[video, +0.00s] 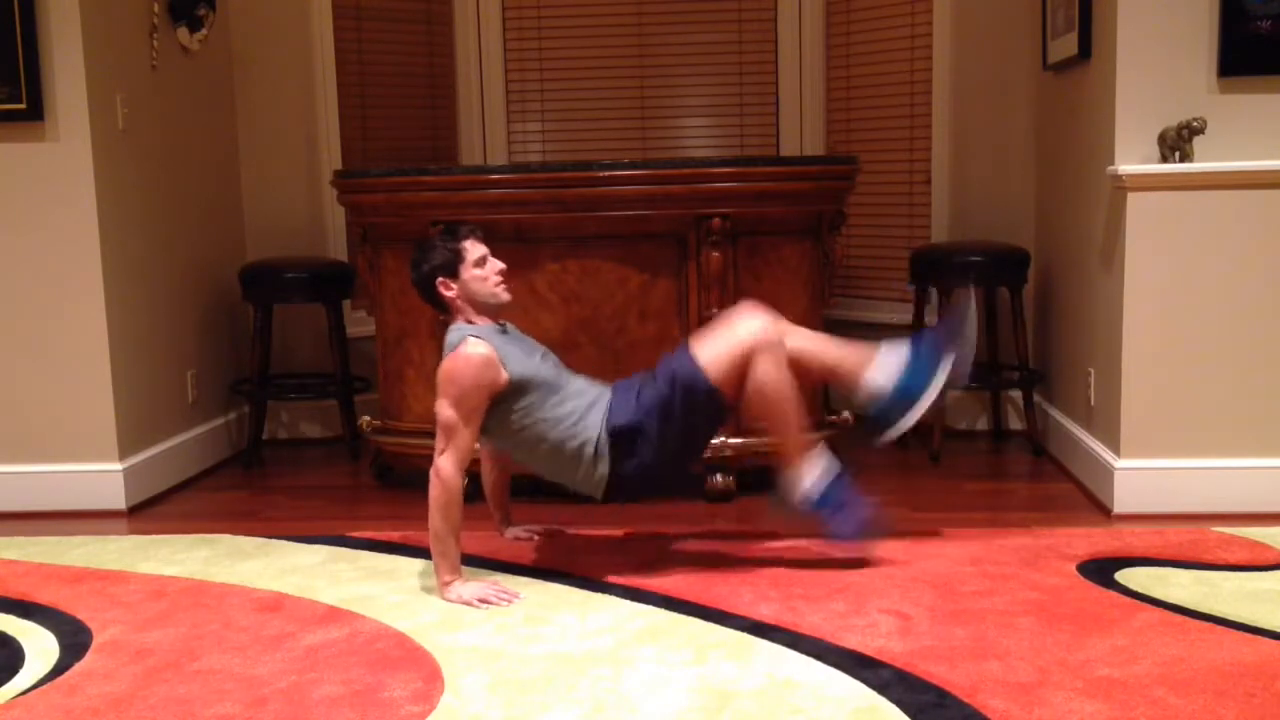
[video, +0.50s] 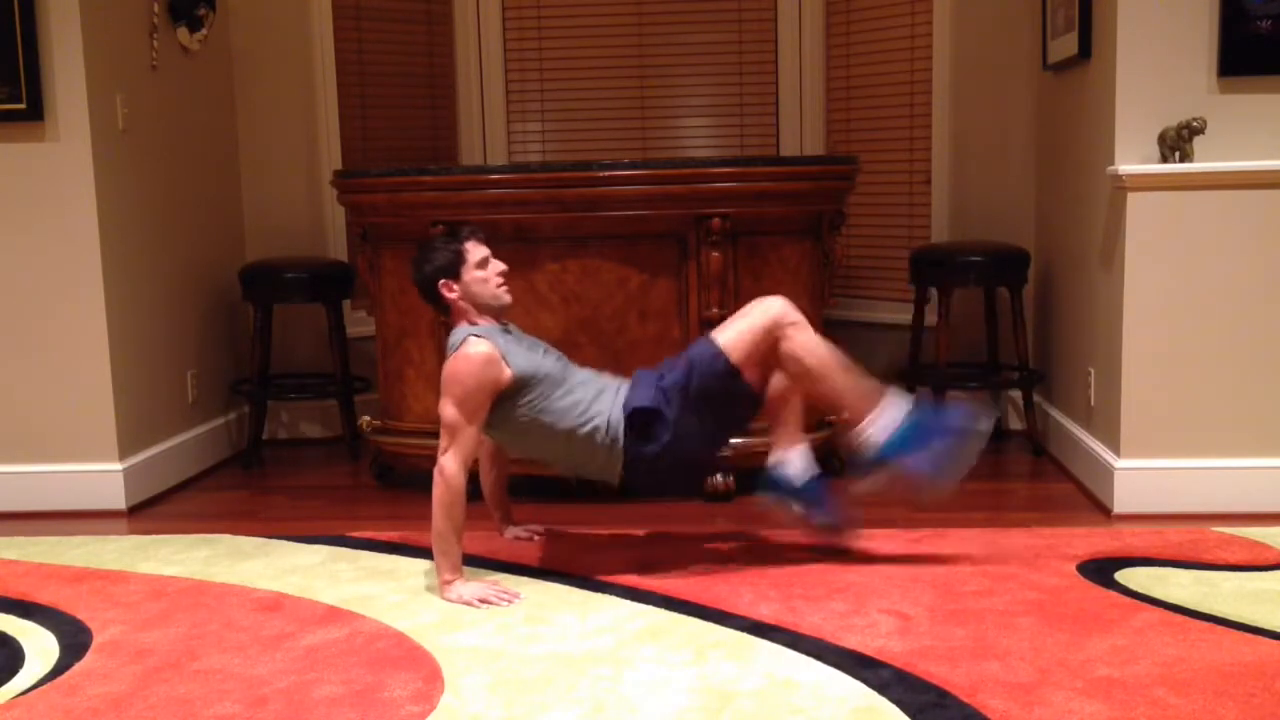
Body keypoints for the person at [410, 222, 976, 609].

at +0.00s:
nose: (499, 269)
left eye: (494, 259)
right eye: (482, 264)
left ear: (481, 277)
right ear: (449, 289)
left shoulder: (492, 337)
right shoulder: (468, 358)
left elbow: (486, 440)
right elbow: (445, 466)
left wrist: (499, 519)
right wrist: (448, 578)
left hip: (627, 420)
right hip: (621, 450)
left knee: (756, 317)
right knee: (753, 335)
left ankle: (887, 374)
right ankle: (807, 484)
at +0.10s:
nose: (517, 271)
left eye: (510, 262)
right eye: (500, 268)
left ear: (495, 287)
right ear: (470, 295)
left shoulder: (517, 338)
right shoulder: (489, 361)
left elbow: (494, 435)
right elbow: (453, 463)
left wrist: (500, 519)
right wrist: (446, 578)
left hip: (627, 464)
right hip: (615, 488)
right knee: (742, 378)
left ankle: (886, 317)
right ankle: (764, 529)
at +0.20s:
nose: (523, 272)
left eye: (516, 264)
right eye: (507, 270)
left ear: (502, 289)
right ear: (479, 300)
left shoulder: (526, 341)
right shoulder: (498, 363)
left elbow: (497, 438)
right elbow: (459, 464)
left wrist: (503, 520)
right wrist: (447, 578)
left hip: (624, 473)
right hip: (612, 500)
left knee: (766, 399)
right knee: (736, 382)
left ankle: (904, 355)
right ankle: (764, 531)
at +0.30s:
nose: (516, 269)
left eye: (511, 259)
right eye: (500, 264)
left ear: (494, 280)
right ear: (466, 290)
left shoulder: (512, 337)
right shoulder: (484, 359)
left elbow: (494, 439)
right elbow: (453, 467)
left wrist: (501, 521)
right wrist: (448, 576)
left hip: (640, 448)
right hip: (627, 475)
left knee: (776, 371)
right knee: (771, 372)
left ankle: (913, 412)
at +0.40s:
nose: (500, 271)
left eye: (495, 262)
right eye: (485, 266)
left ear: (464, 286)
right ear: (451, 290)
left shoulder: (489, 339)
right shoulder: (471, 358)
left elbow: (487, 440)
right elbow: (449, 466)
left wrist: (499, 516)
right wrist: (449, 576)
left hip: (648, 405)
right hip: (647, 437)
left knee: (778, 317)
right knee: (790, 332)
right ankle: (814, 495)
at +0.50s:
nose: (502, 271)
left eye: (497, 262)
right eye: (486, 266)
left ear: (471, 286)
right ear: (451, 292)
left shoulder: (495, 342)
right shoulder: (471, 357)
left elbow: (485, 443)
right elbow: (450, 464)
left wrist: (499, 520)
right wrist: (448, 576)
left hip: (647, 424)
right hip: (644, 435)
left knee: (787, 357)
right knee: (775, 315)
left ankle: (793, 474)